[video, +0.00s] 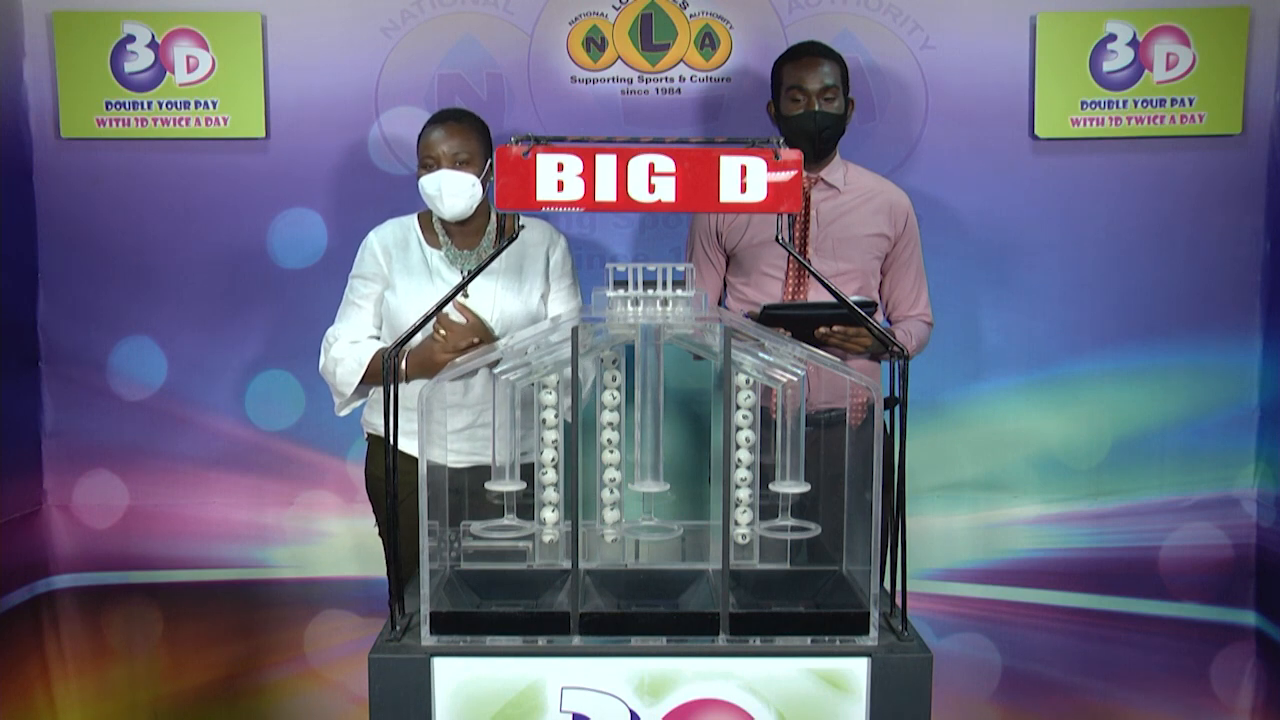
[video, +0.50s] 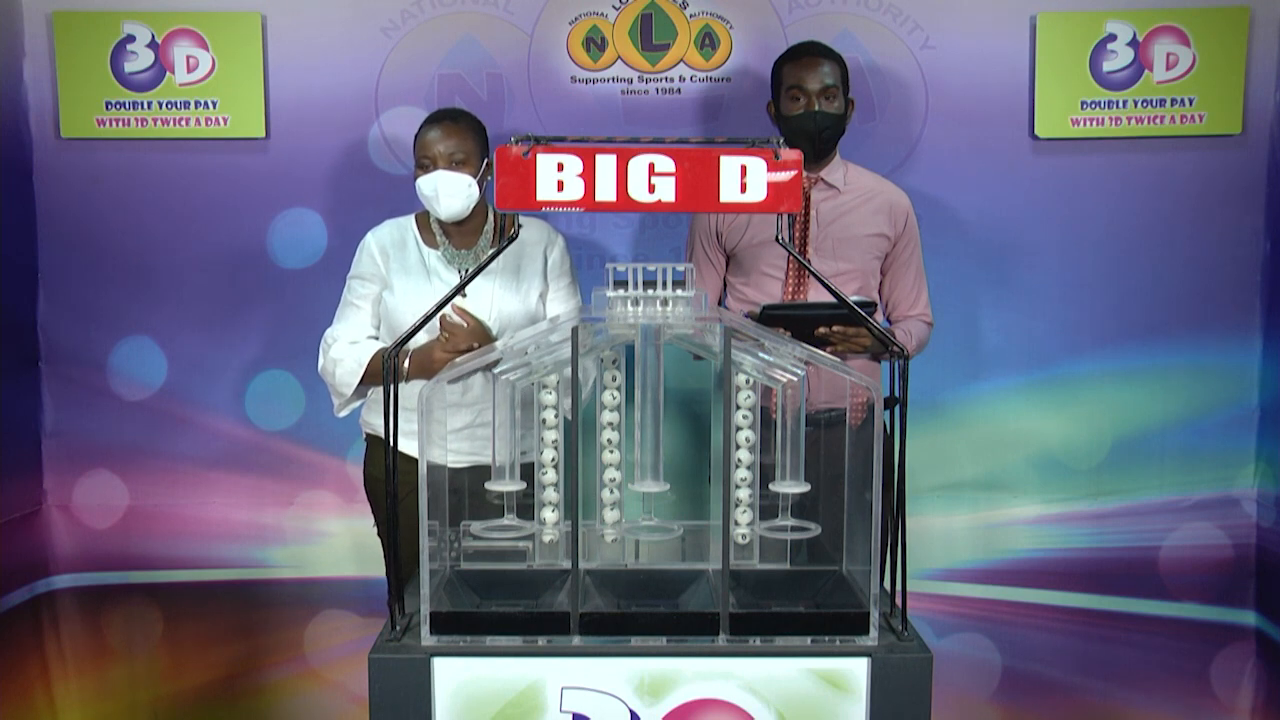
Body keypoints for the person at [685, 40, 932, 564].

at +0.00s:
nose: (813, 108)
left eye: (828, 94)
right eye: (796, 95)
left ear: (848, 108)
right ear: (774, 109)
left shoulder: (888, 204)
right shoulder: (726, 200)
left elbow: (914, 320)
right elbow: (696, 318)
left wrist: (876, 342)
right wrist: (760, 340)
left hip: (843, 416)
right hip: (751, 416)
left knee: (844, 581)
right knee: (753, 579)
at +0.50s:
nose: (812, 107)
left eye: (828, 94)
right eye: (795, 95)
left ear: (848, 108)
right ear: (774, 109)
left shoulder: (888, 205)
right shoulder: (726, 200)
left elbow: (914, 320)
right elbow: (696, 318)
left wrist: (876, 341)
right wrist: (761, 340)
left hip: (843, 415)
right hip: (752, 415)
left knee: (844, 579)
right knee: (753, 577)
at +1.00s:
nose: (812, 107)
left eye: (828, 94)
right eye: (795, 95)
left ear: (848, 108)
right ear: (774, 109)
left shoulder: (887, 205)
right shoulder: (726, 200)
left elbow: (914, 320)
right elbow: (696, 318)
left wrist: (876, 341)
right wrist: (759, 338)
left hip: (843, 416)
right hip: (751, 416)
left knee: (844, 579)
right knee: (753, 578)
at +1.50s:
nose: (813, 107)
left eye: (828, 94)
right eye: (796, 95)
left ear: (848, 108)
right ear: (774, 109)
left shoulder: (887, 205)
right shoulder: (726, 200)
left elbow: (915, 320)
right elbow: (696, 318)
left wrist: (876, 341)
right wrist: (760, 337)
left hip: (843, 417)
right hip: (752, 417)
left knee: (844, 581)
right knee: (753, 579)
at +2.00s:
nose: (814, 107)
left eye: (829, 94)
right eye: (797, 95)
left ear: (848, 108)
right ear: (775, 109)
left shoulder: (888, 205)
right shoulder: (727, 200)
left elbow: (914, 320)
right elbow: (696, 316)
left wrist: (876, 340)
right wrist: (757, 335)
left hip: (843, 415)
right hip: (752, 414)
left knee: (844, 578)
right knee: (753, 576)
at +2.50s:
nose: (813, 107)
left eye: (829, 94)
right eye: (796, 95)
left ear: (848, 108)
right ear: (774, 109)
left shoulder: (888, 205)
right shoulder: (727, 200)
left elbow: (914, 321)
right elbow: (695, 317)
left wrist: (876, 341)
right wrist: (757, 336)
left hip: (843, 416)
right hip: (752, 416)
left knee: (844, 580)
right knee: (753, 579)